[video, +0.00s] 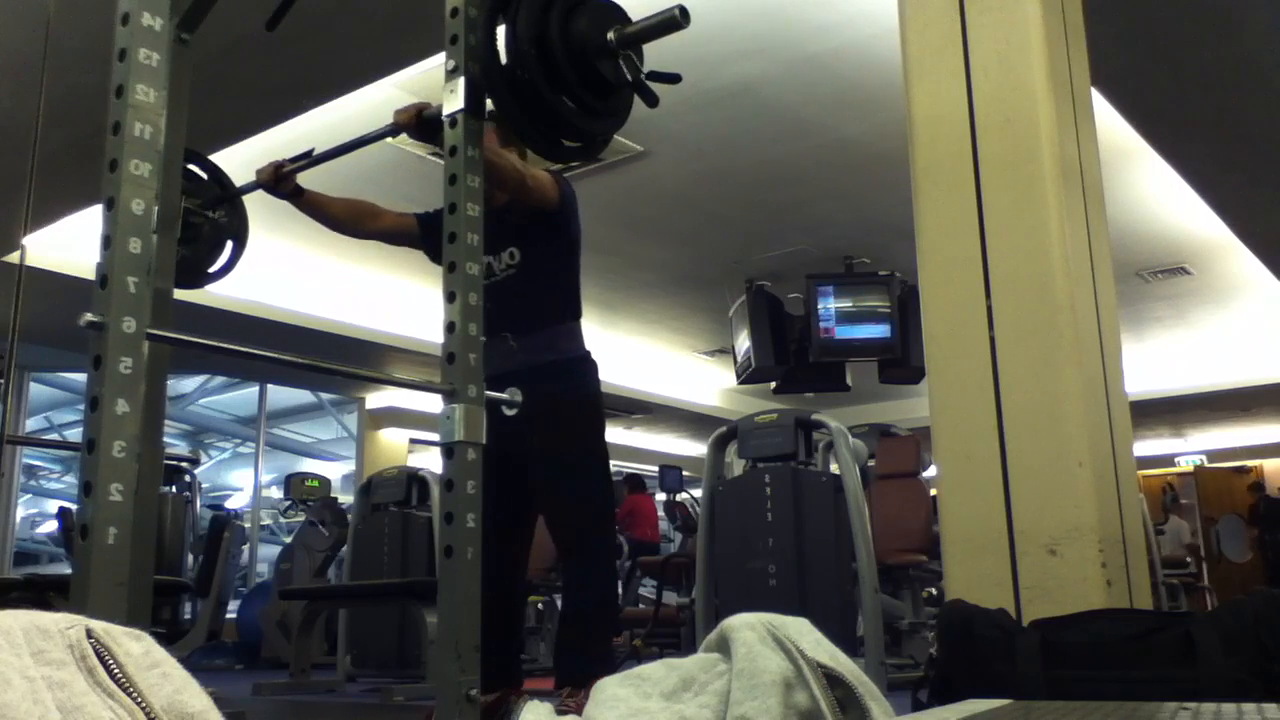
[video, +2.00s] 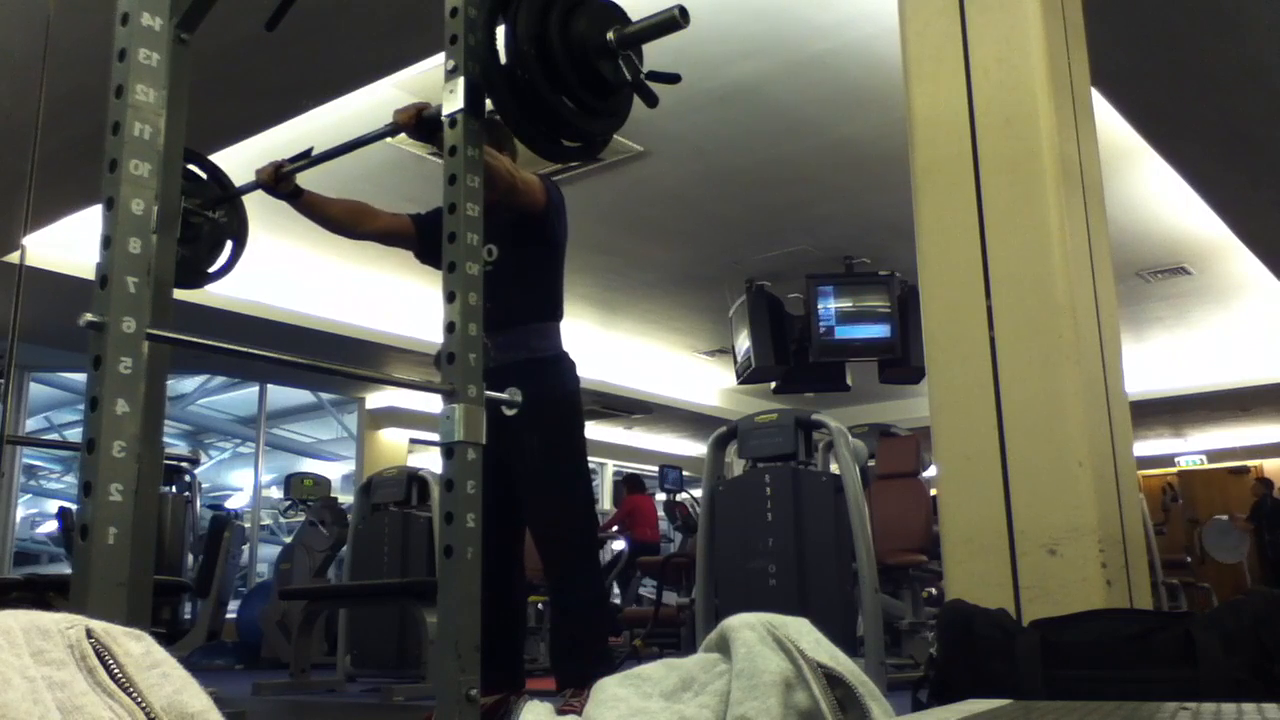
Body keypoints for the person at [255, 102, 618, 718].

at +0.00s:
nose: (468, 158)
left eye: (475, 143)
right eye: (461, 152)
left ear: (503, 140)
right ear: (455, 160)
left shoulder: (552, 197)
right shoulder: (458, 224)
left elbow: (509, 178)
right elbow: (371, 219)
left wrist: (440, 133)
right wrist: (297, 192)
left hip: (560, 391)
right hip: (492, 399)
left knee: (584, 546)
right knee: (494, 551)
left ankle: (579, 689)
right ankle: (500, 689)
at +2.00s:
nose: (463, 169)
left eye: (472, 156)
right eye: (457, 161)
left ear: (496, 151)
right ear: (451, 166)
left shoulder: (541, 202)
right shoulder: (455, 223)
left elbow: (504, 179)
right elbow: (369, 221)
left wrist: (440, 133)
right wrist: (294, 192)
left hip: (540, 384)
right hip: (477, 392)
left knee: (562, 536)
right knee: (488, 545)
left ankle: (579, 684)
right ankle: (498, 687)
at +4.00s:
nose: (469, 165)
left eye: (479, 153)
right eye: (464, 157)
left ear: (513, 156)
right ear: (460, 165)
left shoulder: (543, 209)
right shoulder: (458, 227)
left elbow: (505, 182)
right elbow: (369, 224)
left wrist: (441, 132)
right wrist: (294, 193)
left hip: (537, 384)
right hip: (476, 392)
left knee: (563, 537)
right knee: (489, 546)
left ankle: (579, 684)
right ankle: (499, 687)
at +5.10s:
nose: (468, 157)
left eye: (479, 145)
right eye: (460, 146)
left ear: (504, 152)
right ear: (447, 154)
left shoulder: (526, 200)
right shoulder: (431, 217)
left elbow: (517, 207)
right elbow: (350, 252)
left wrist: (445, 142)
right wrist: (297, 198)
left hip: (512, 389)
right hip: (449, 392)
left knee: (503, 537)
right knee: (435, 536)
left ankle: (500, 683)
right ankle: (461, 679)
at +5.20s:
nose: (428, 155)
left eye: (444, 146)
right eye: (427, 147)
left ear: (476, 156)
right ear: (427, 159)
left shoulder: (502, 208)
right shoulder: (407, 226)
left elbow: (499, 226)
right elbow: (331, 273)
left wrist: (436, 144)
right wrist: (291, 203)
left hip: (490, 397)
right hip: (421, 399)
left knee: (469, 544)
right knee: (370, 533)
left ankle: (475, 685)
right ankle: (437, 677)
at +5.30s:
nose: (403, 150)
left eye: (418, 140)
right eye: (399, 142)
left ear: (446, 153)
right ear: (393, 158)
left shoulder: (470, 206)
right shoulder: (382, 226)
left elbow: (469, 241)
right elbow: (304, 284)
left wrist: (434, 160)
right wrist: (281, 206)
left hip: (447, 404)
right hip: (386, 402)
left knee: (426, 553)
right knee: (298, 524)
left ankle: (445, 690)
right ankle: (343, 675)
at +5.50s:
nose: (373, 118)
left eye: (389, 114)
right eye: (370, 112)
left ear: (409, 140)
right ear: (354, 135)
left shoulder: (412, 195)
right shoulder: (315, 210)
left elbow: (399, 231)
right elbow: (240, 271)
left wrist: (412, 147)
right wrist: (258, 194)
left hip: (351, 379)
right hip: (287, 380)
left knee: (351, 546)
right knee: (220, 517)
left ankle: (432, 681)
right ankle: (250, 694)